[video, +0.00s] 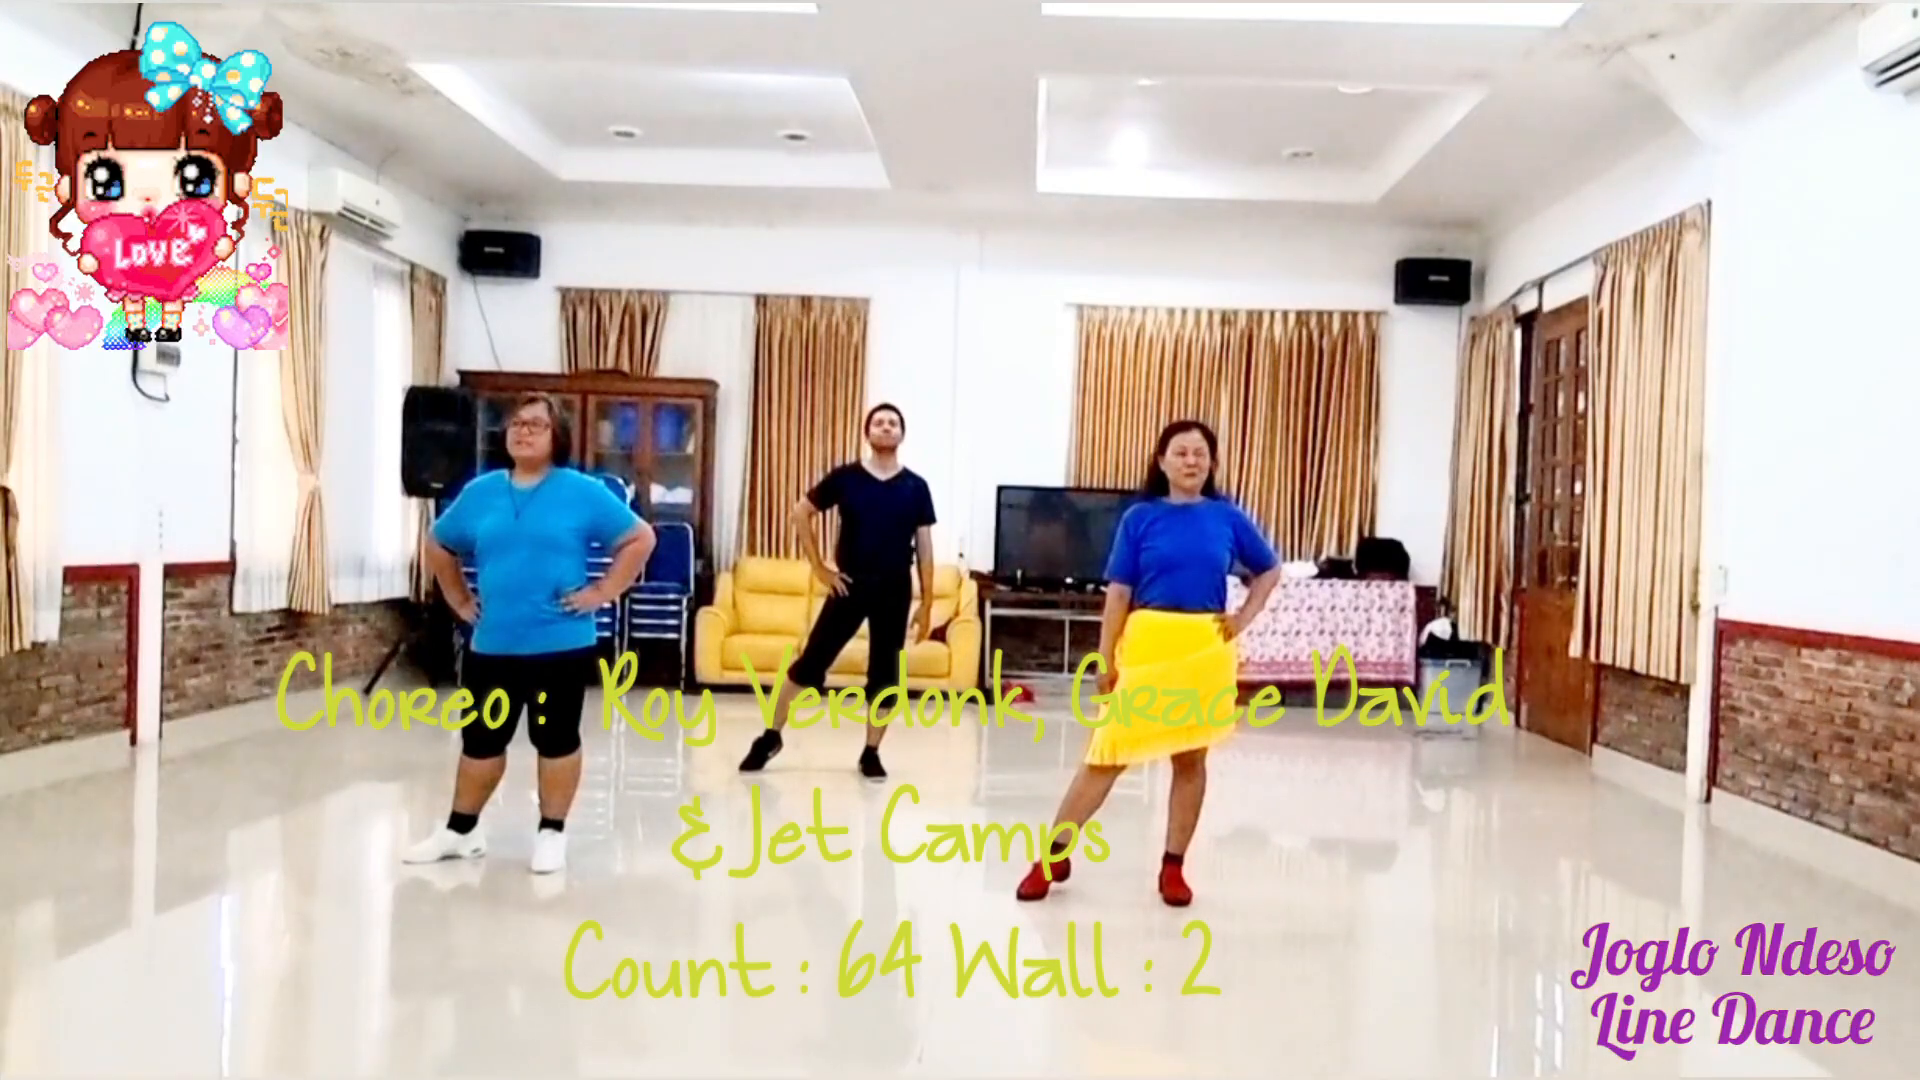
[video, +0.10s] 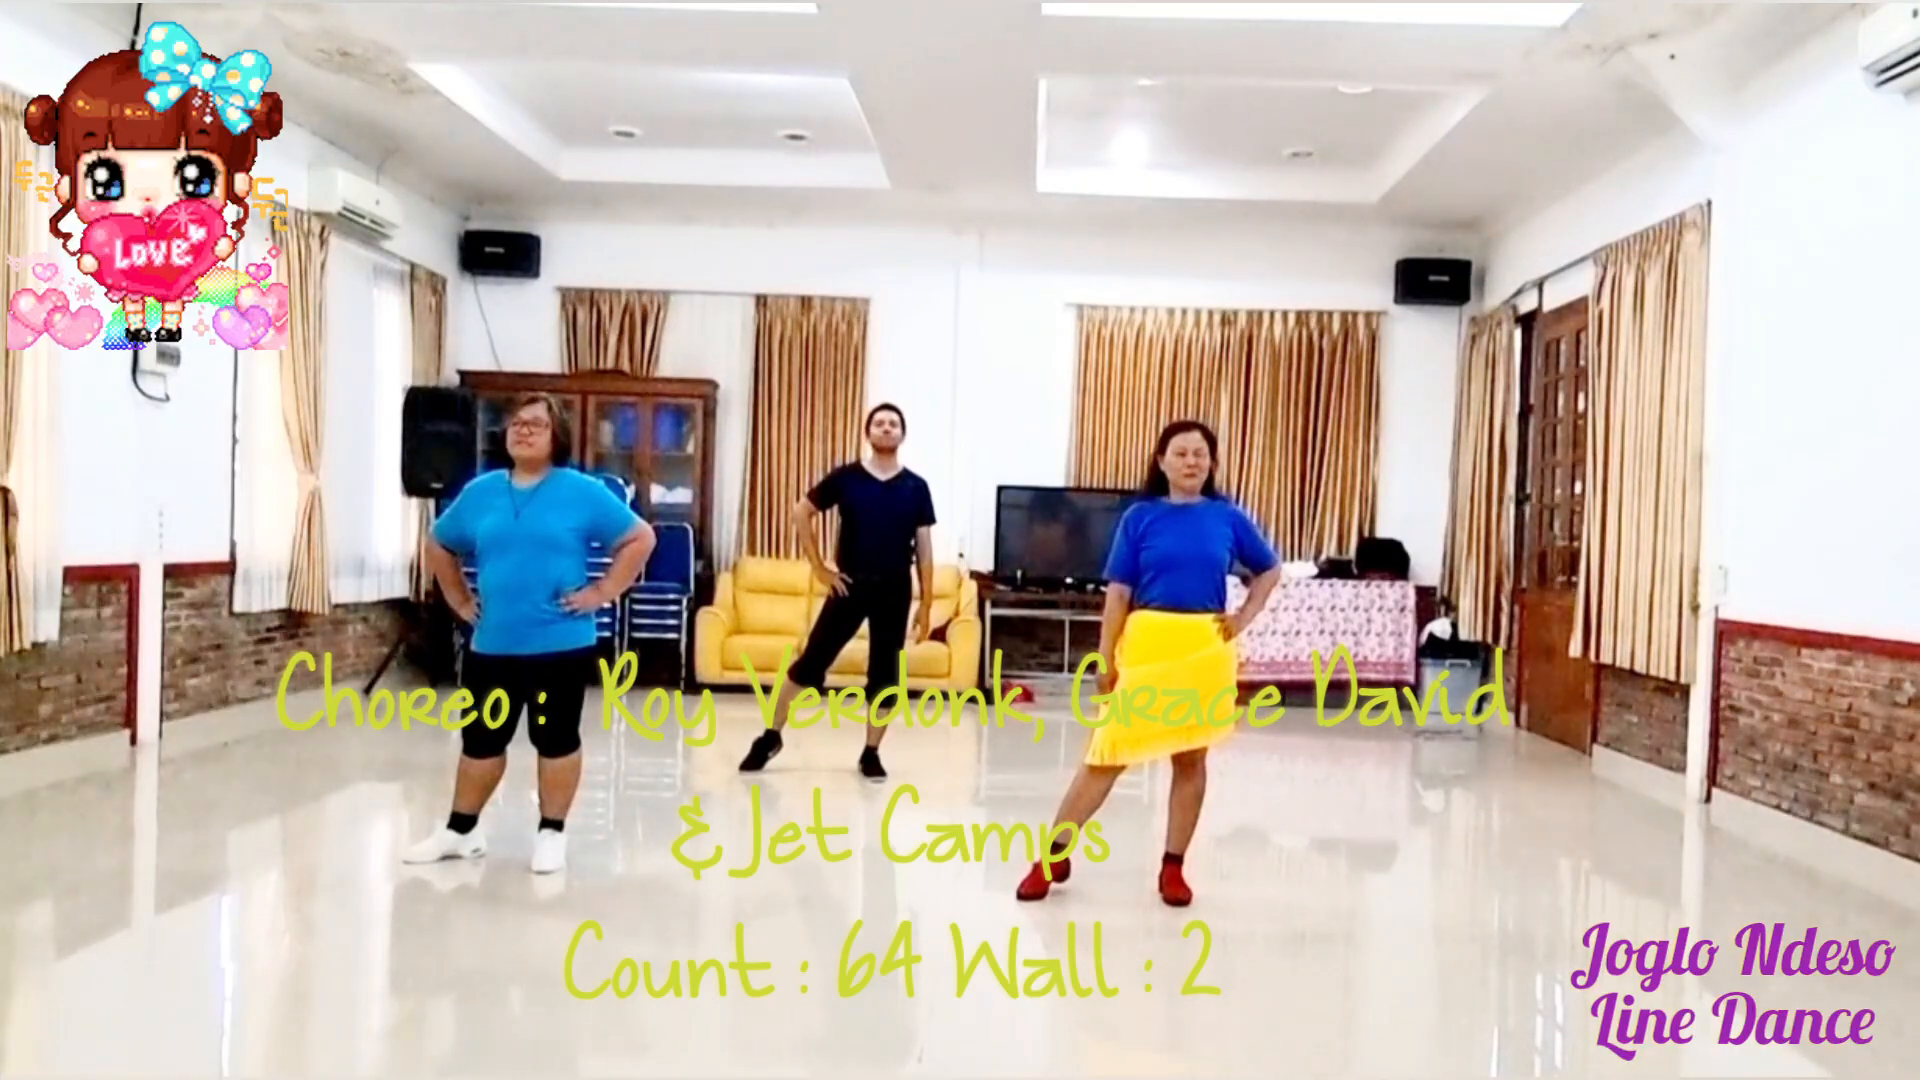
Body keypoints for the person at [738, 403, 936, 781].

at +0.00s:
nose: (886, 428)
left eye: (893, 424)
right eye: (879, 423)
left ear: (902, 435)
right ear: (866, 433)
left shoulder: (915, 487)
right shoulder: (846, 478)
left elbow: (924, 547)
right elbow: (800, 515)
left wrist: (926, 603)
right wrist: (820, 566)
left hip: (893, 595)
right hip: (850, 590)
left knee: (885, 677)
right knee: (808, 665)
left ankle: (871, 752)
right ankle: (772, 733)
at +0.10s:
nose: (886, 429)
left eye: (893, 424)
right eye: (879, 424)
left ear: (903, 435)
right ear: (867, 433)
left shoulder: (915, 487)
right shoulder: (846, 478)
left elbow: (923, 547)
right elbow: (802, 514)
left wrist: (925, 603)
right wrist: (820, 566)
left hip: (893, 595)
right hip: (850, 590)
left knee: (885, 677)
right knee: (809, 665)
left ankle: (871, 752)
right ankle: (772, 733)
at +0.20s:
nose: (886, 429)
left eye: (894, 425)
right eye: (879, 424)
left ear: (904, 436)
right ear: (867, 433)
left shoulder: (915, 487)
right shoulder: (845, 478)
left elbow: (923, 548)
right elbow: (802, 514)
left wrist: (925, 604)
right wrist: (820, 567)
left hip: (893, 595)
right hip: (850, 590)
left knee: (885, 677)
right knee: (809, 665)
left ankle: (872, 752)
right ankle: (773, 733)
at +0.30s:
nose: (887, 429)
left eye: (894, 425)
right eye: (880, 424)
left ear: (904, 436)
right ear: (868, 433)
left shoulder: (915, 487)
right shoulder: (846, 478)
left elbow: (923, 547)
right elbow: (802, 513)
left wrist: (925, 604)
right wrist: (822, 566)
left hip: (893, 595)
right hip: (850, 590)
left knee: (885, 677)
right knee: (809, 665)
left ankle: (872, 752)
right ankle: (773, 733)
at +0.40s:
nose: (887, 430)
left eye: (894, 425)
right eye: (880, 424)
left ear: (904, 436)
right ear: (868, 433)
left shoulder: (916, 487)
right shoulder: (846, 479)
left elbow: (924, 547)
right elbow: (808, 518)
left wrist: (926, 604)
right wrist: (822, 565)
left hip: (893, 595)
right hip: (849, 590)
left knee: (885, 678)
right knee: (808, 665)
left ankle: (872, 752)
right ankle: (773, 733)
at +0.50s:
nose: (887, 431)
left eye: (894, 426)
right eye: (880, 425)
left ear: (904, 437)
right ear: (868, 433)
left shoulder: (916, 487)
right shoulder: (846, 479)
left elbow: (925, 546)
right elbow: (815, 521)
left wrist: (927, 603)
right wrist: (818, 563)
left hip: (893, 596)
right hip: (849, 590)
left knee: (884, 678)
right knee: (808, 665)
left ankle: (871, 752)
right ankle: (772, 734)